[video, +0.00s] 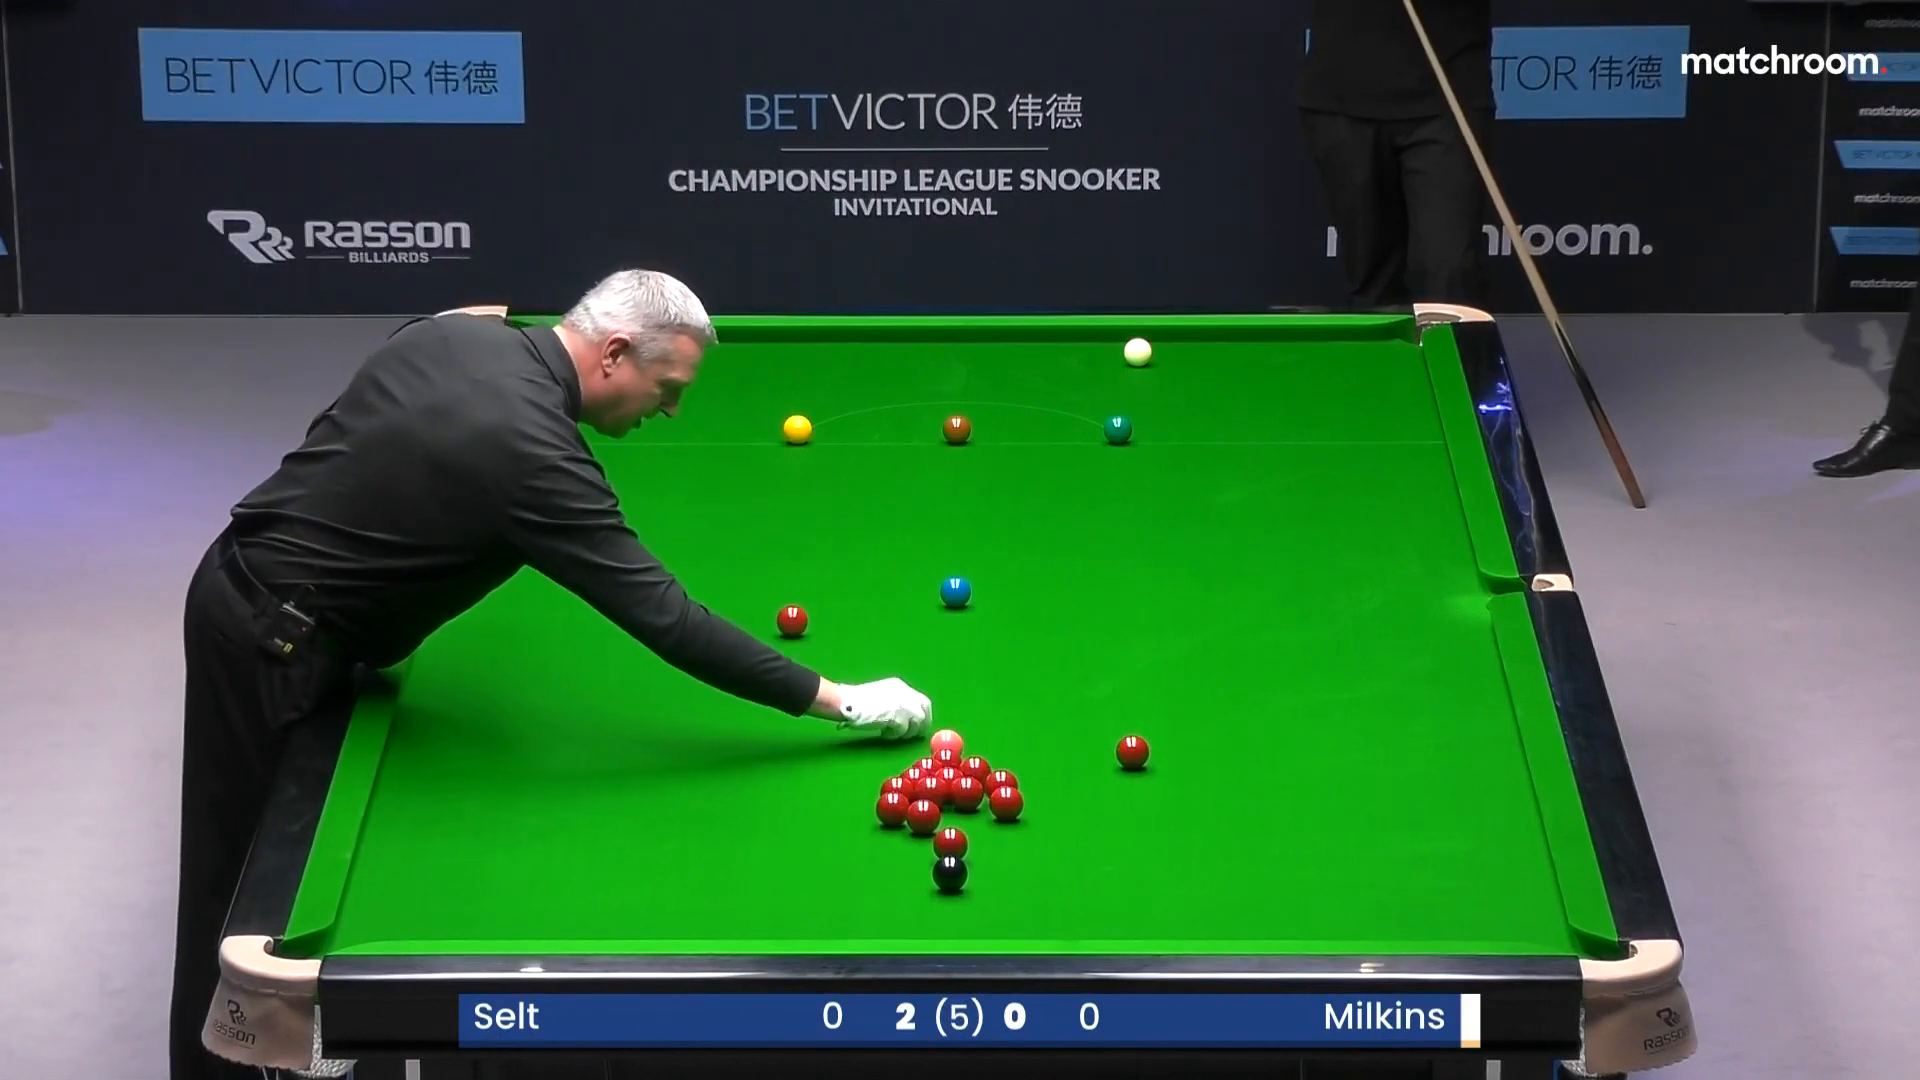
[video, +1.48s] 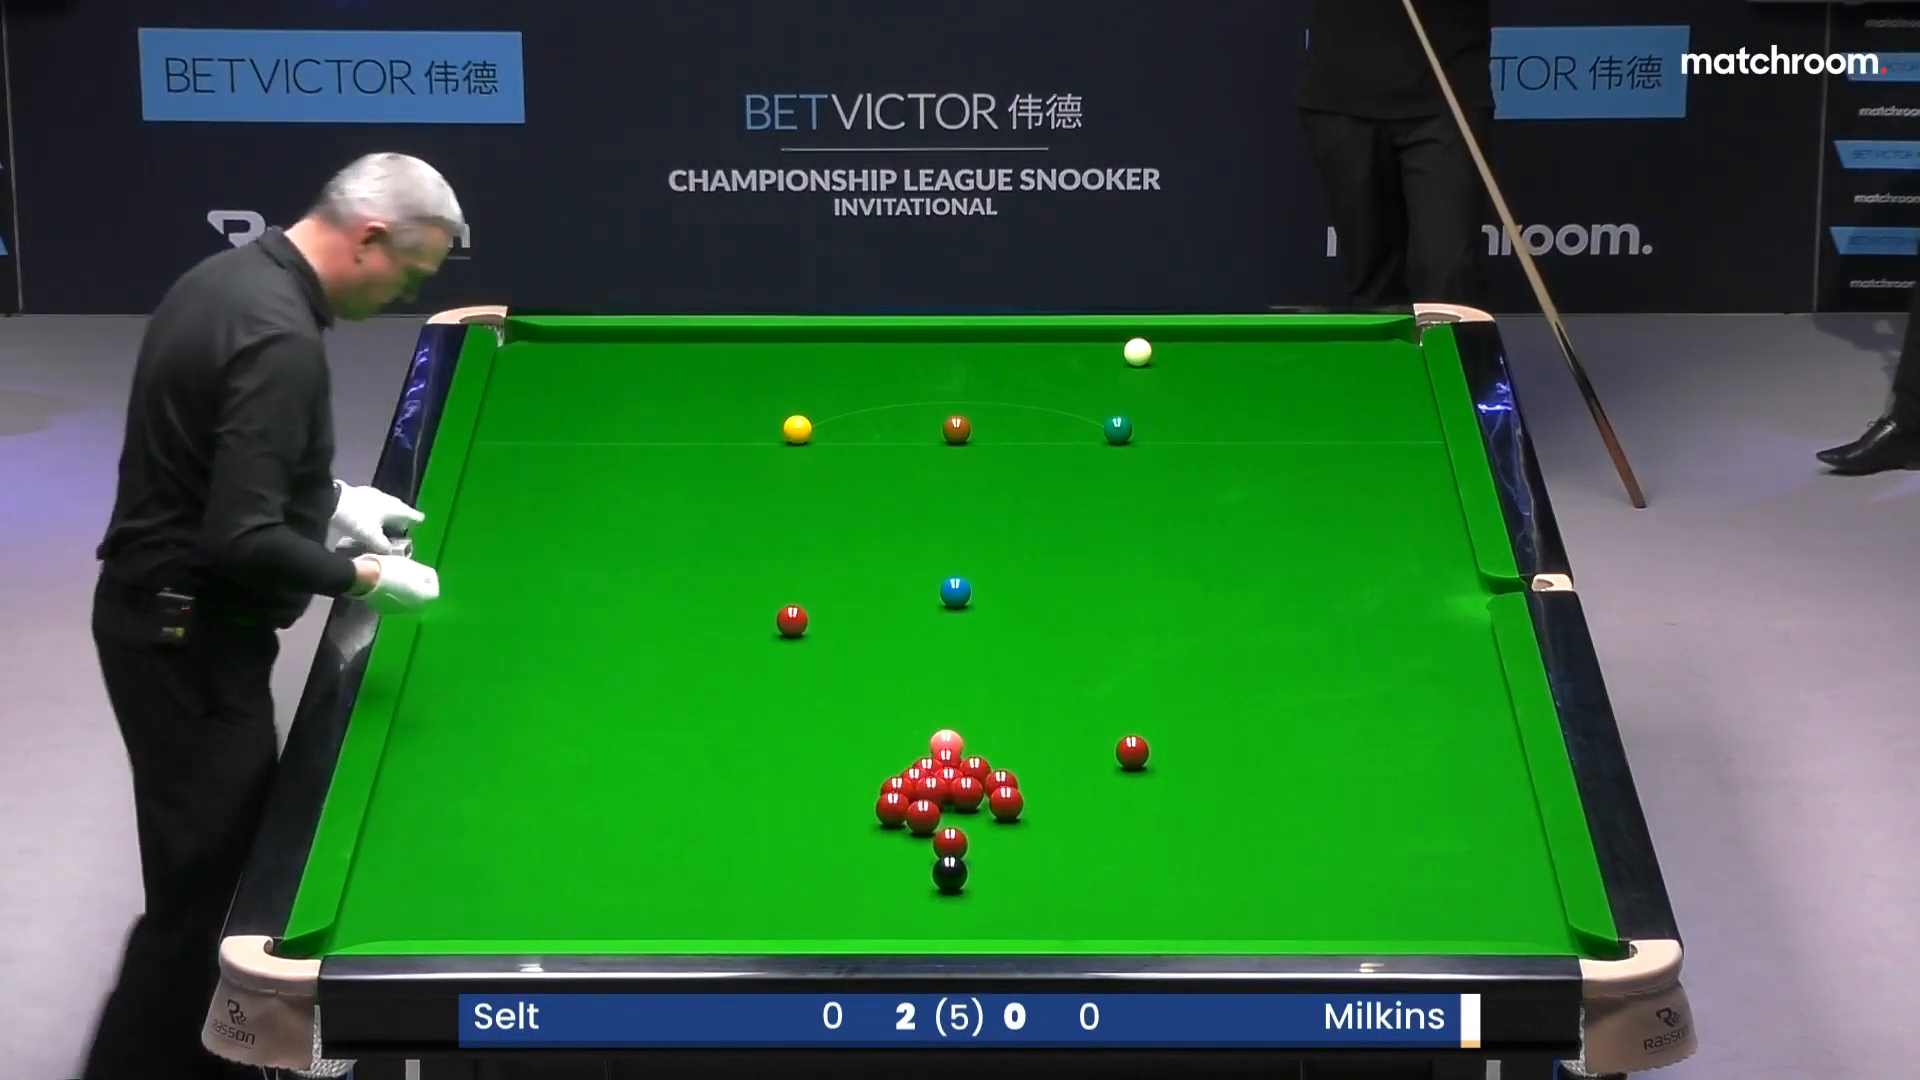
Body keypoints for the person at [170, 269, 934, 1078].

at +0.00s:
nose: (664, 410)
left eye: (674, 395)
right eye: (665, 390)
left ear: (594, 340)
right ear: (610, 355)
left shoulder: (452, 331)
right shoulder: (539, 454)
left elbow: (336, 439)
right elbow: (665, 616)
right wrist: (832, 695)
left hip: (240, 585)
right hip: (281, 638)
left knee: (242, 867)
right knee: (250, 883)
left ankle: (227, 1043)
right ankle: (215, 1052)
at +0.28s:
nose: (666, 409)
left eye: (676, 395)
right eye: (667, 390)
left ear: (598, 338)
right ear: (615, 354)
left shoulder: (453, 332)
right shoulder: (538, 451)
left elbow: (337, 439)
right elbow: (658, 625)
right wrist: (829, 684)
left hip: (243, 585)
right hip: (282, 636)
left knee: (242, 867)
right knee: (252, 883)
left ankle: (226, 1044)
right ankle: (217, 1052)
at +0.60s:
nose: (659, 398)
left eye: (670, 382)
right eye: (660, 376)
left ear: (587, 323)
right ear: (600, 338)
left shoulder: (449, 329)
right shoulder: (522, 433)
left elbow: (326, 444)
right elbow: (606, 652)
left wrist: (365, 619)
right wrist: (771, 668)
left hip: (246, 589)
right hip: (277, 634)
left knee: (244, 873)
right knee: (246, 884)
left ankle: (224, 1055)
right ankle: (218, 1063)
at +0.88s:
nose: (587, 356)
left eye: (600, 340)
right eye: (599, 338)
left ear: (521, 272)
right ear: (570, 307)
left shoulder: (391, 306)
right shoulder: (472, 410)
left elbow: (298, 445)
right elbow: (447, 612)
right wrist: (593, 630)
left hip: (225, 598)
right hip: (270, 638)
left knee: (236, 869)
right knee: (248, 883)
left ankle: (217, 1050)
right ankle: (214, 1057)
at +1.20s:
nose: (486, 298)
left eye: (497, 282)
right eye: (495, 280)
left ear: (411, 220)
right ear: (472, 263)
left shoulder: (298, 281)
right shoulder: (371, 349)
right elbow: (304, 540)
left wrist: (440, 317)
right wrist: (417, 584)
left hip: (194, 608)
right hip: (245, 634)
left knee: (217, 856)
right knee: (242, 866)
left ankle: (208, 1052)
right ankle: (215, 1060)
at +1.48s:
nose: (401, 296)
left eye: (415, 280)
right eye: (409, 274)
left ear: (354, 224)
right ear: (366, 235)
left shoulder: (230, 279)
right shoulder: (280, 337)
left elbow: (223, 444)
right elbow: (241, 535)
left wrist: (333, 498)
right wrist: (359, 574)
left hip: (156, 615)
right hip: (190, 639)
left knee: (205, 874)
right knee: (207, 892)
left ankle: (153, 1058)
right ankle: (140, 1066)